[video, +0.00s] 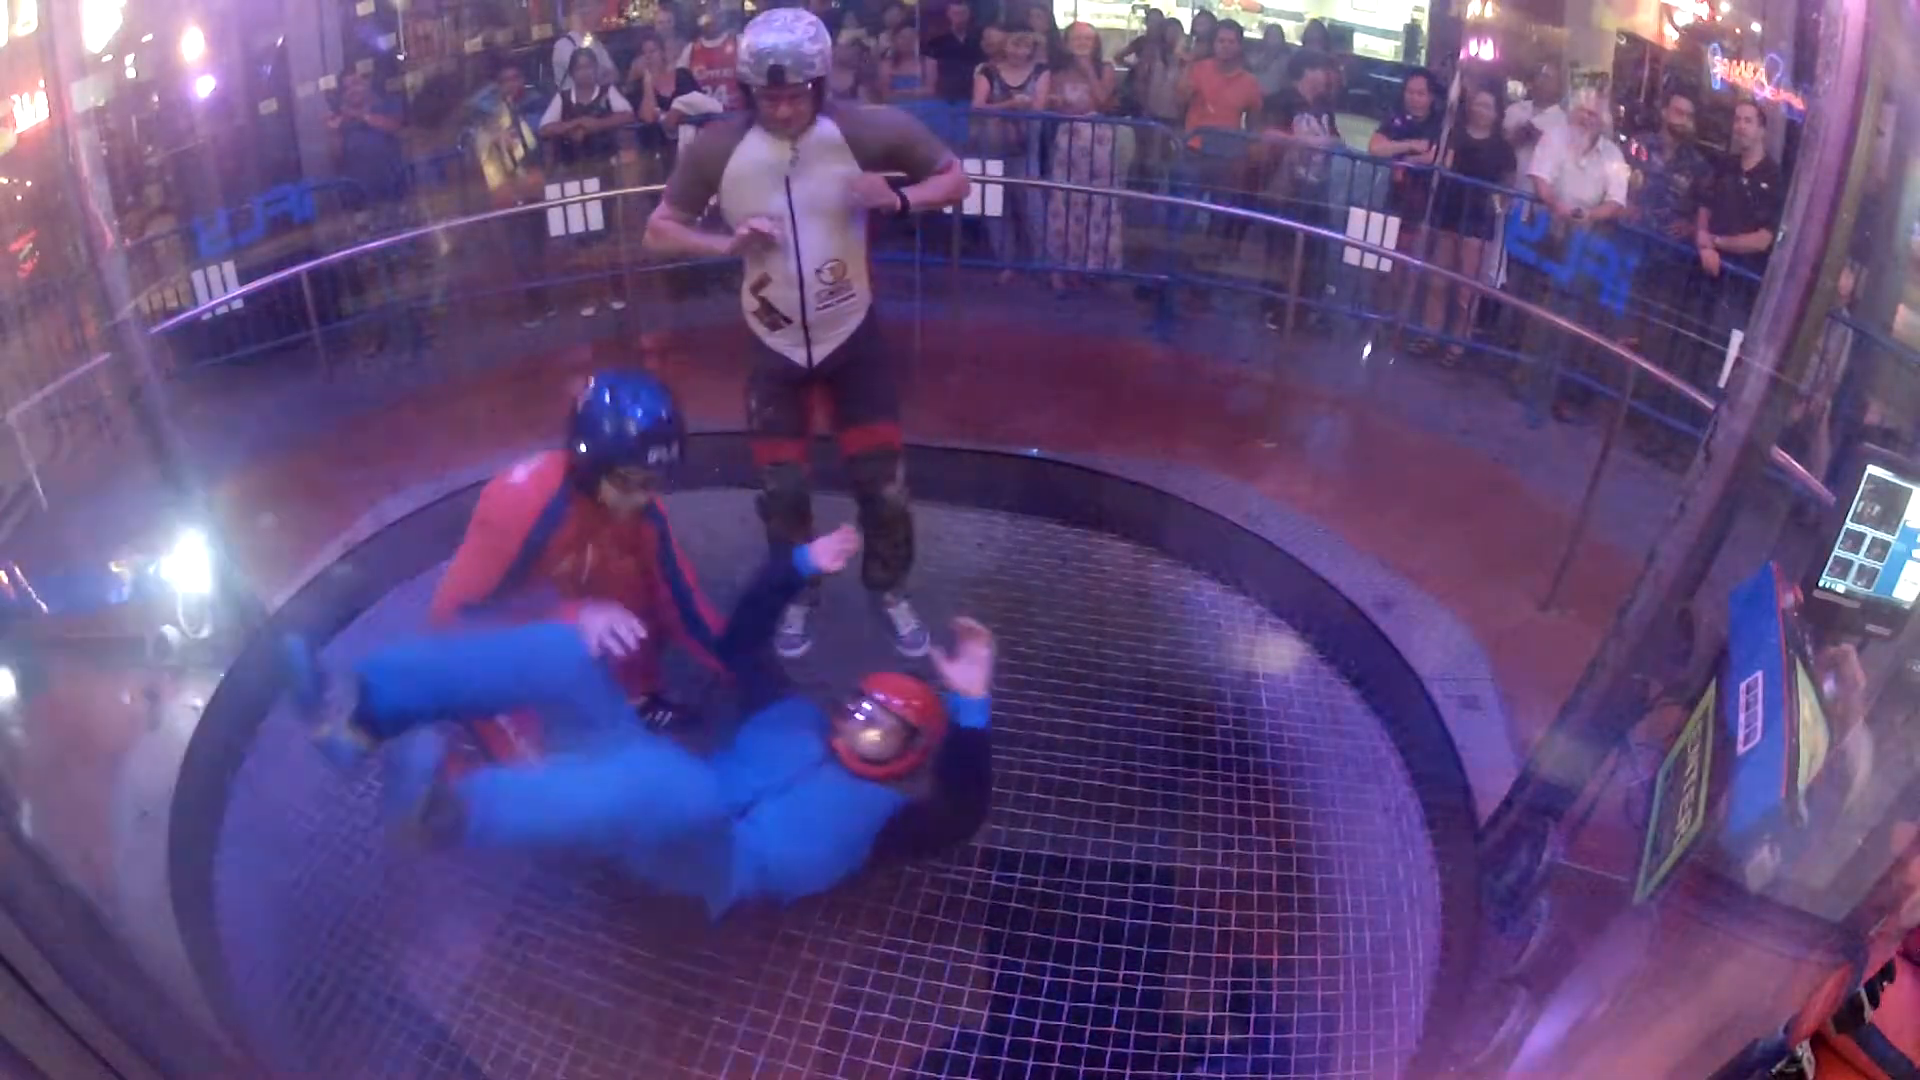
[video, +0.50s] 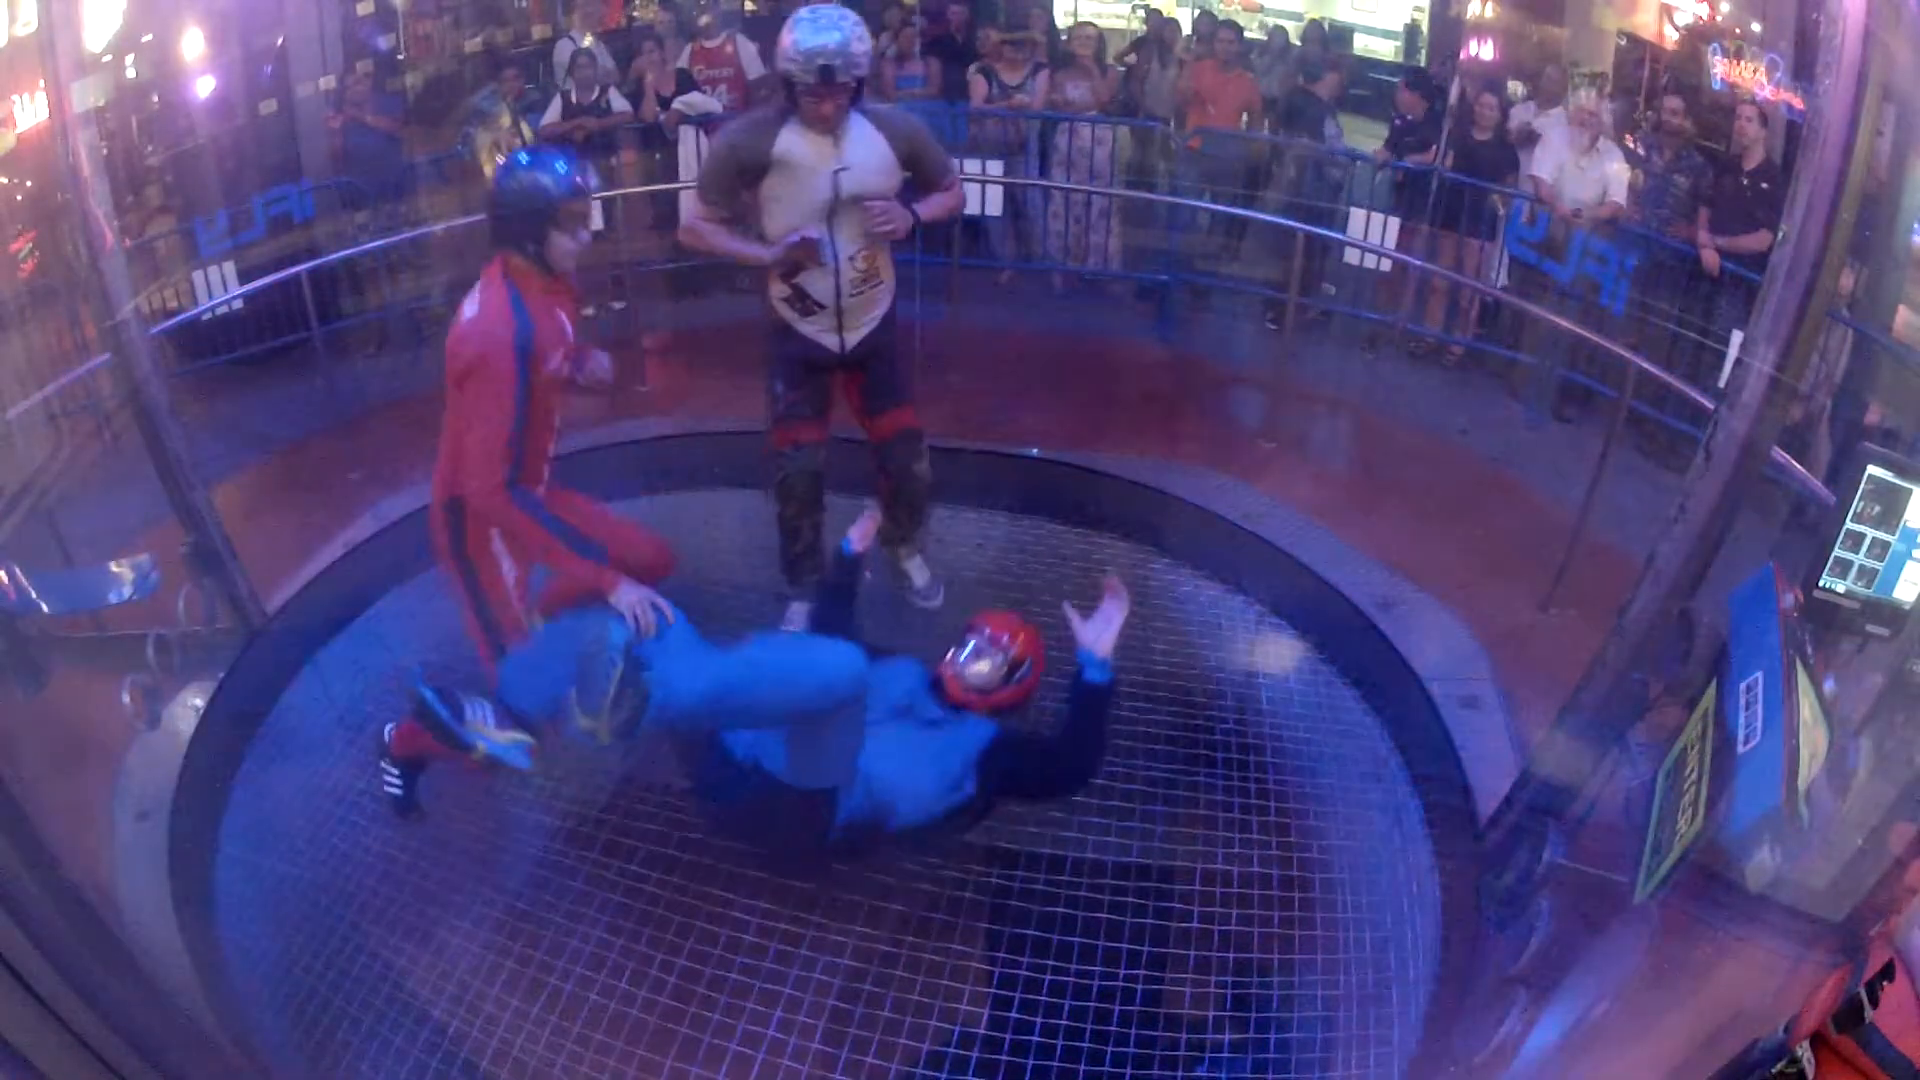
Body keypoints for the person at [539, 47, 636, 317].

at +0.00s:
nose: (584, 72)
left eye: (588, 67)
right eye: (579, 68)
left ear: (597, 70)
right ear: (571, 73)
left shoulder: (608, 92)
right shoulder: (563, 98)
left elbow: (627, 115)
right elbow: (544, 129)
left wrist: (594, 124)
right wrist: (573, 126)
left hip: (606, 170)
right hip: (573, 174)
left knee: (609, 233)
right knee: (582, 238)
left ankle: (615, 293)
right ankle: (590, 297)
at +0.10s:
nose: (585, 72)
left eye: (589, 66)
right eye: (579, 67)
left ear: (597, 69)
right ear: (571, 72)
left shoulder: (608, 92)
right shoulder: (562, 98)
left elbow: (626, 115)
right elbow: (544, 129)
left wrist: (594, 124)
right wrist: (574, 126)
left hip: (607, 170)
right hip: (572, 174)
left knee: (610, 233)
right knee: (580, 237)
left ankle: (616, 293)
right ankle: (586, 299)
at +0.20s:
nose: (585, 72)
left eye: (589, 66)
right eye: (580, 68)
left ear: (596, 69)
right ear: (571, 73)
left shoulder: (608, 92)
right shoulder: (562, 98)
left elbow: (627, 115)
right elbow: (544, 130)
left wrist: (587, 127)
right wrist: (578, 123)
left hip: (606, 162)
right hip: (571, 166)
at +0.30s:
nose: (584, 72)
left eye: (588, 66)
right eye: (579, 68)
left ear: (596, 69)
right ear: (571, 73)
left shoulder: (608, 92)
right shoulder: (561, 98)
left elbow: (627, 115)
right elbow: (544, 130)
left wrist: (588, 127)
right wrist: (577, 124)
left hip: (606, 163)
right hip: (571, 167)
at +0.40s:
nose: (585, 72)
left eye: (589, 67)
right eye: (580, 68)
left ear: (596, 70)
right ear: (571, 72)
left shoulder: (608, 92)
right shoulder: (562, 97)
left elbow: (627, 115)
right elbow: (544, 131)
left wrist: (588, 127)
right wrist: (578, 122)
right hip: (569, 164)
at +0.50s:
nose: (584, 72)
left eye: (588, 67)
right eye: (579, 68)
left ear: (596, 69)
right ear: (571, 72)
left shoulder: (608, 91)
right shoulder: (562, 97)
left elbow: (627, 115)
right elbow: (544, 131)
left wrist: (591, 127)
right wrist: (578, 123)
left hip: (607, 158)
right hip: (571, 161)